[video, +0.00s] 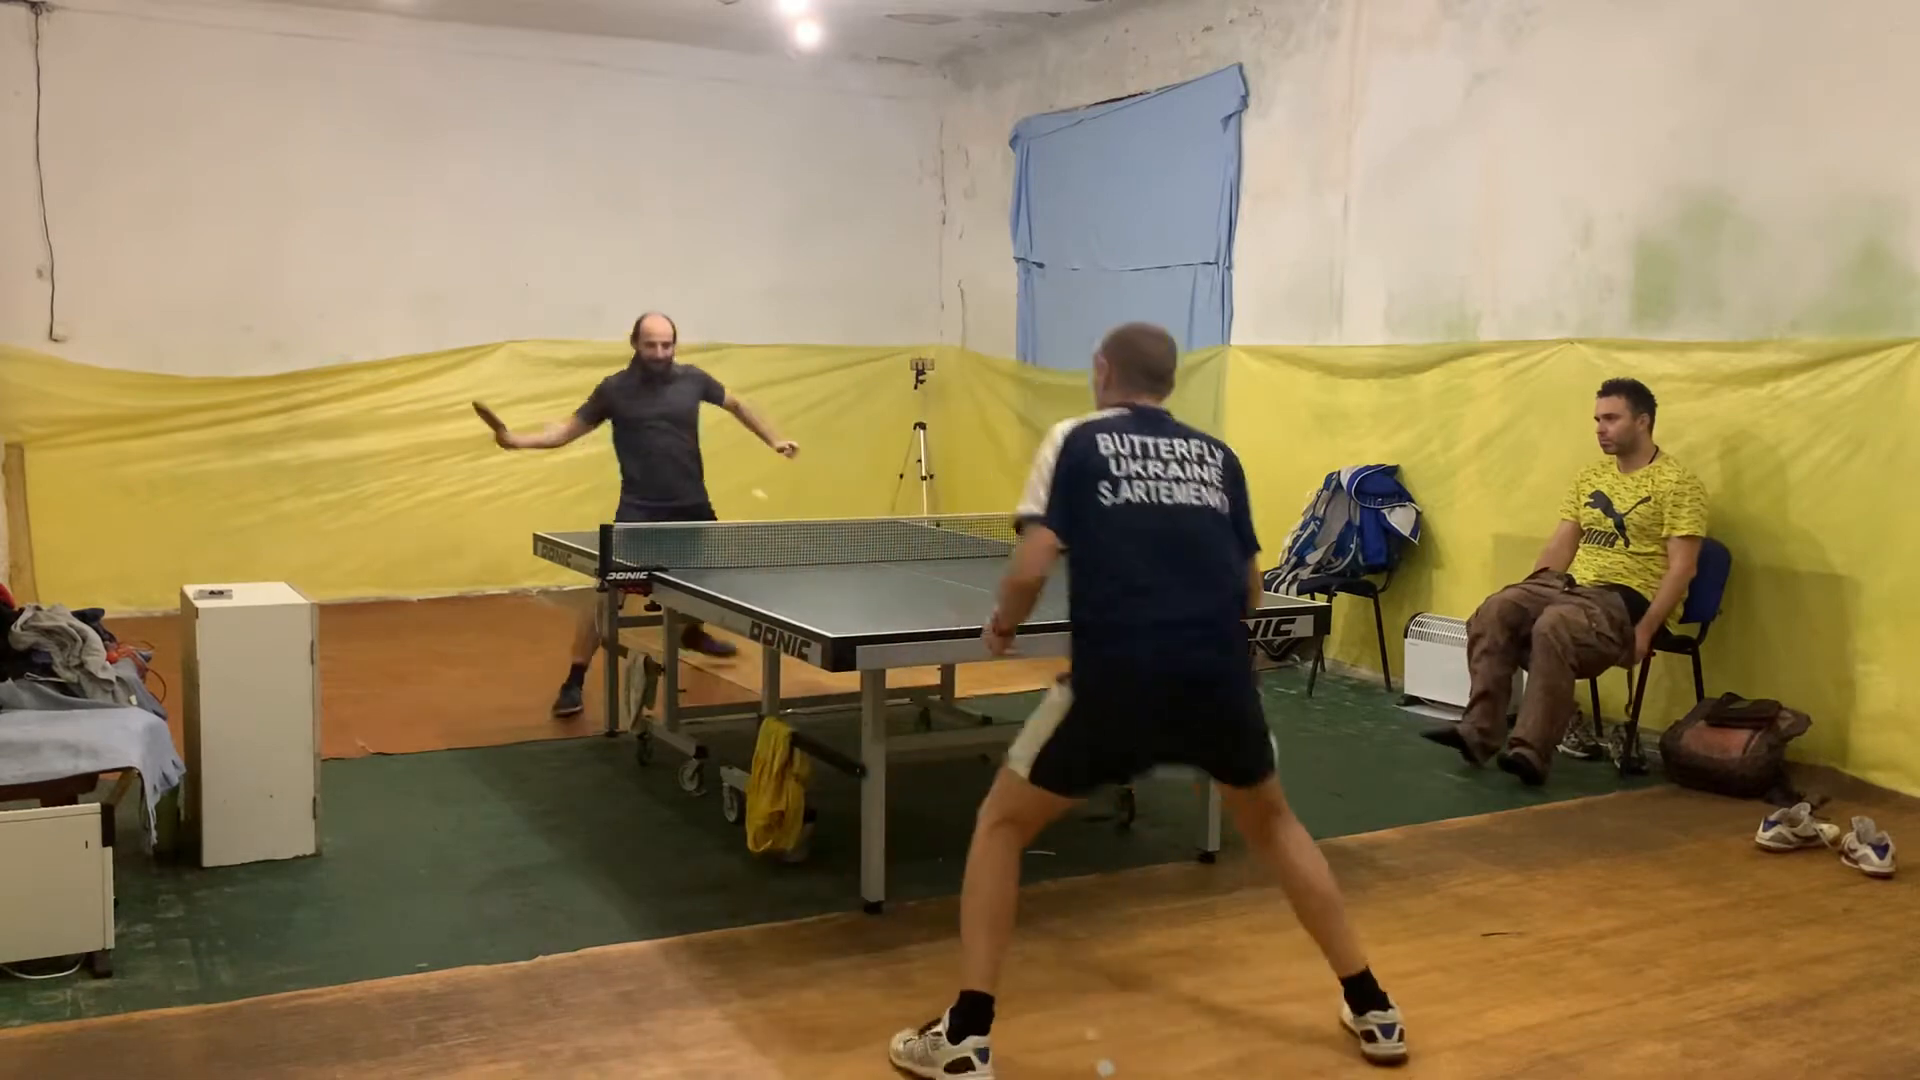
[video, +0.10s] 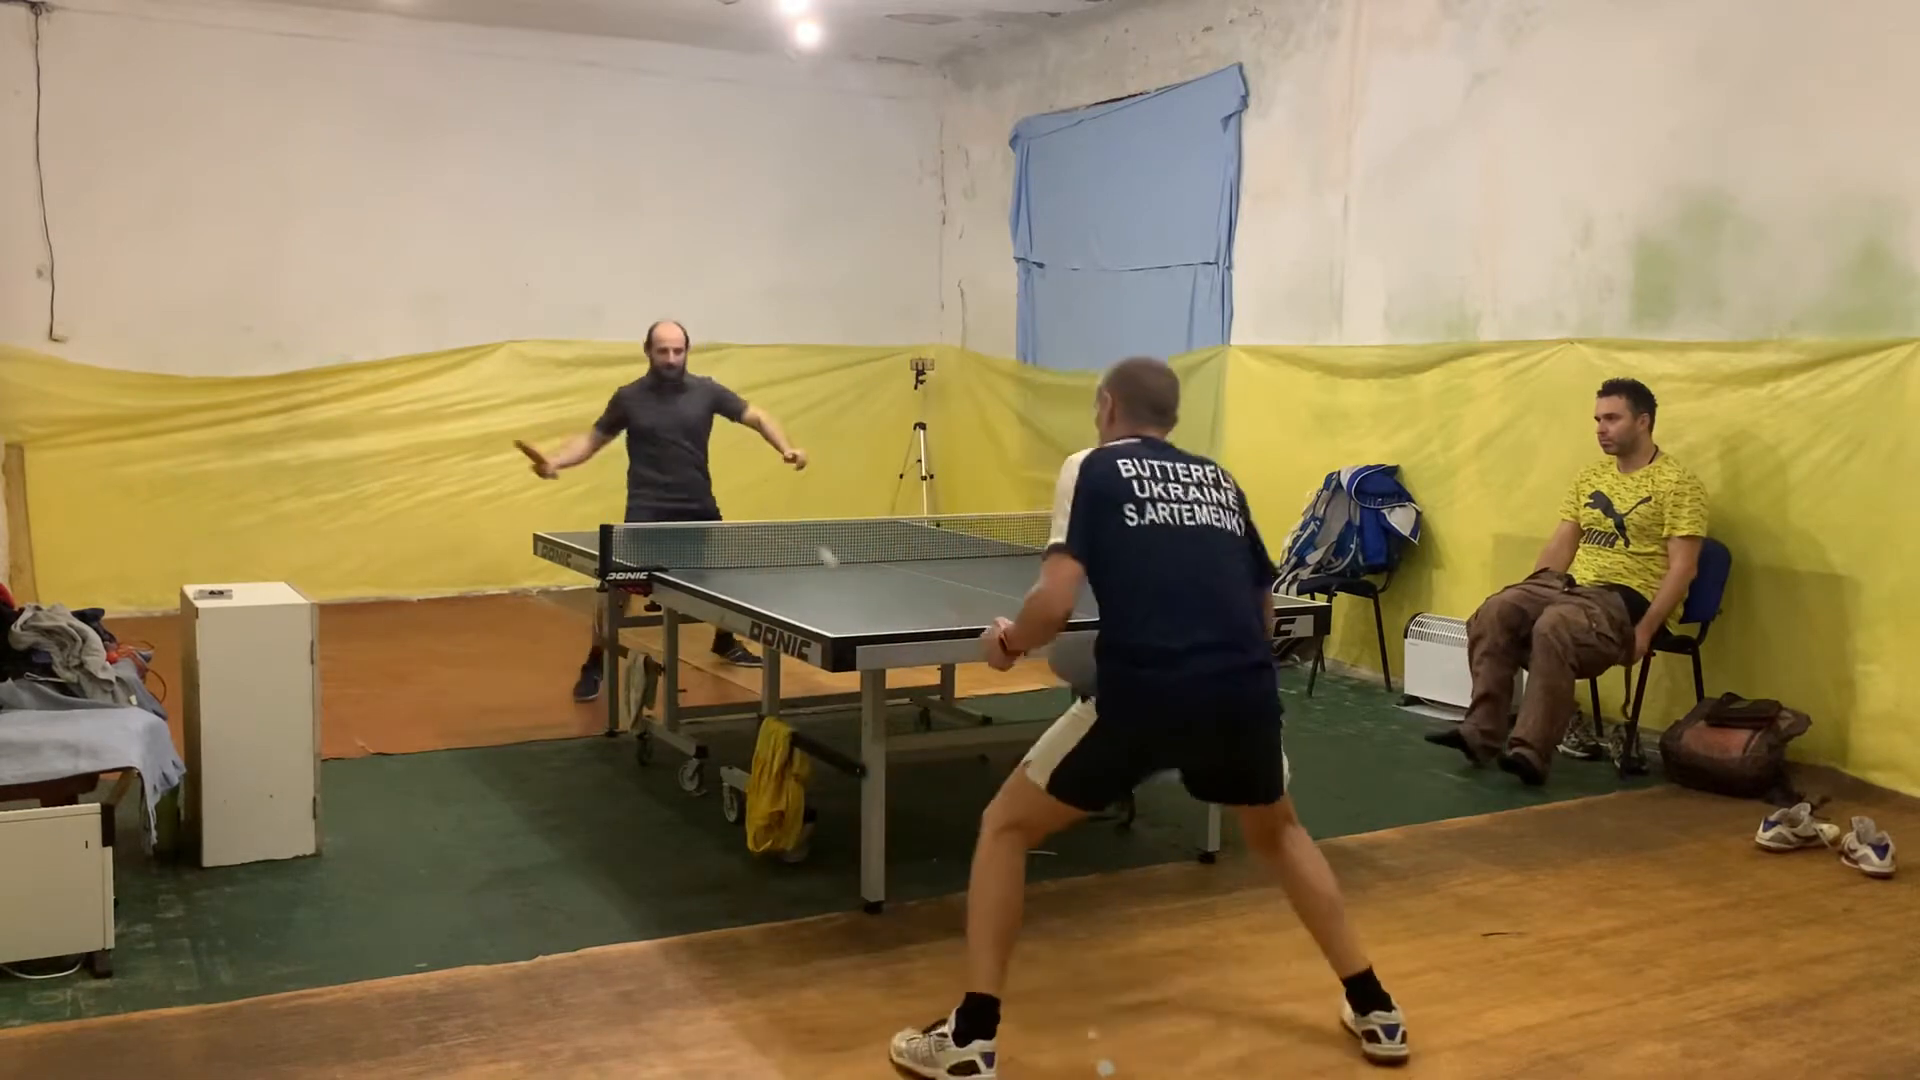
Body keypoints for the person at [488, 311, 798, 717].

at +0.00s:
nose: (661, 352)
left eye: (667, 345)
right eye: (652, 345)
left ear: (676, 345)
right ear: (635, 346)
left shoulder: (694, 379)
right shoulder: (614, 390)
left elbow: (737, 406)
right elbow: (566, 429)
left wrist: (774, 440)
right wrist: (515, 440)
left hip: (692, 509)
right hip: (637, 511)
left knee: (711, 573)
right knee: (606, 594)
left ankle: (689, 628)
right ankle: (574, 682)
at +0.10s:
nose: (671, 358)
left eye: (678, 351)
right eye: (663, 351)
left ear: (687, 352)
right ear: (648, 353)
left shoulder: (706, 391)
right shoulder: (629, 398)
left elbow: (757, 418)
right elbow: (592, 440)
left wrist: (786, 448)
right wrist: (554, 462)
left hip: (699, 508)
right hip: (646, 510)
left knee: (727, 573)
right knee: (618, 587)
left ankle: (725, 639)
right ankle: (595, 663)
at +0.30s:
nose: (679, 338)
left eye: (686, 331)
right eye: (671, 332)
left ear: (695, 332)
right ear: (657, 333)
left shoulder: (715, 368)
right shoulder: (639, 376)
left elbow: (759, 407)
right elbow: (596, 414)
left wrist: (745, 443)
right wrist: (605, 430)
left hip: (708, 485)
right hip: (656, 487)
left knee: (743, 558)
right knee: (624, 565)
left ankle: (734, 632)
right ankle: (601, 653)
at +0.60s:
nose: (667, 381)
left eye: (674, 374)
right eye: (661, 375)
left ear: (689, 372)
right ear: (652, 375)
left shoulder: (713, 403)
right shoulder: (643, 413)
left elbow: (739, 437)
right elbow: (612, 455)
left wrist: (731, 486)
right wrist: (593, 480)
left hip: (707, 511)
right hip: (657, 514)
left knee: (753, 562)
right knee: (629, 580)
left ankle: (764, 632)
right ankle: (606, 650)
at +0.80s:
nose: (596, 353)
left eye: (604, 345)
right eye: (588, 347)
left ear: (618, 346)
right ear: (580, 351)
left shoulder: (648, 373)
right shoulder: (581, 399)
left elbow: (708, 394)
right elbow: (591, 455)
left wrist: (735, 438)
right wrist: (638, 473)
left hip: (669, 478)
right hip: (621, 487)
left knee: (715, 545)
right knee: (607, 570)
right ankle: (607, 653)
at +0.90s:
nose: (588, 331)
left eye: (594, 324)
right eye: (580, 326)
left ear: (607, 324)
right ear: (569, 330)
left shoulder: (637, 355)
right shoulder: (566, 378)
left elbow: (693, 383)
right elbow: (578, 441)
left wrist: (715, 434)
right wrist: (621, 469)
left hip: (651, 462)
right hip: (602, 469)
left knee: (690, 532)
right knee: (583, 553)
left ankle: (710, 605)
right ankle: (586, 646)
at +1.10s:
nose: (571, 332)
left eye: (578, 324)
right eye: (563, 325)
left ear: (591, 326)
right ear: (553, 330)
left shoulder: (619, 364)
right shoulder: (543, 377)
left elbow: (663, 404)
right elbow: (520, 434)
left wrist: (677, 457)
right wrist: (518, 490)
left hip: (619, 482)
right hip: (571, 486)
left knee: (630, 564)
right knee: (567, 566)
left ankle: (599, 606)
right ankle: (568, 650)